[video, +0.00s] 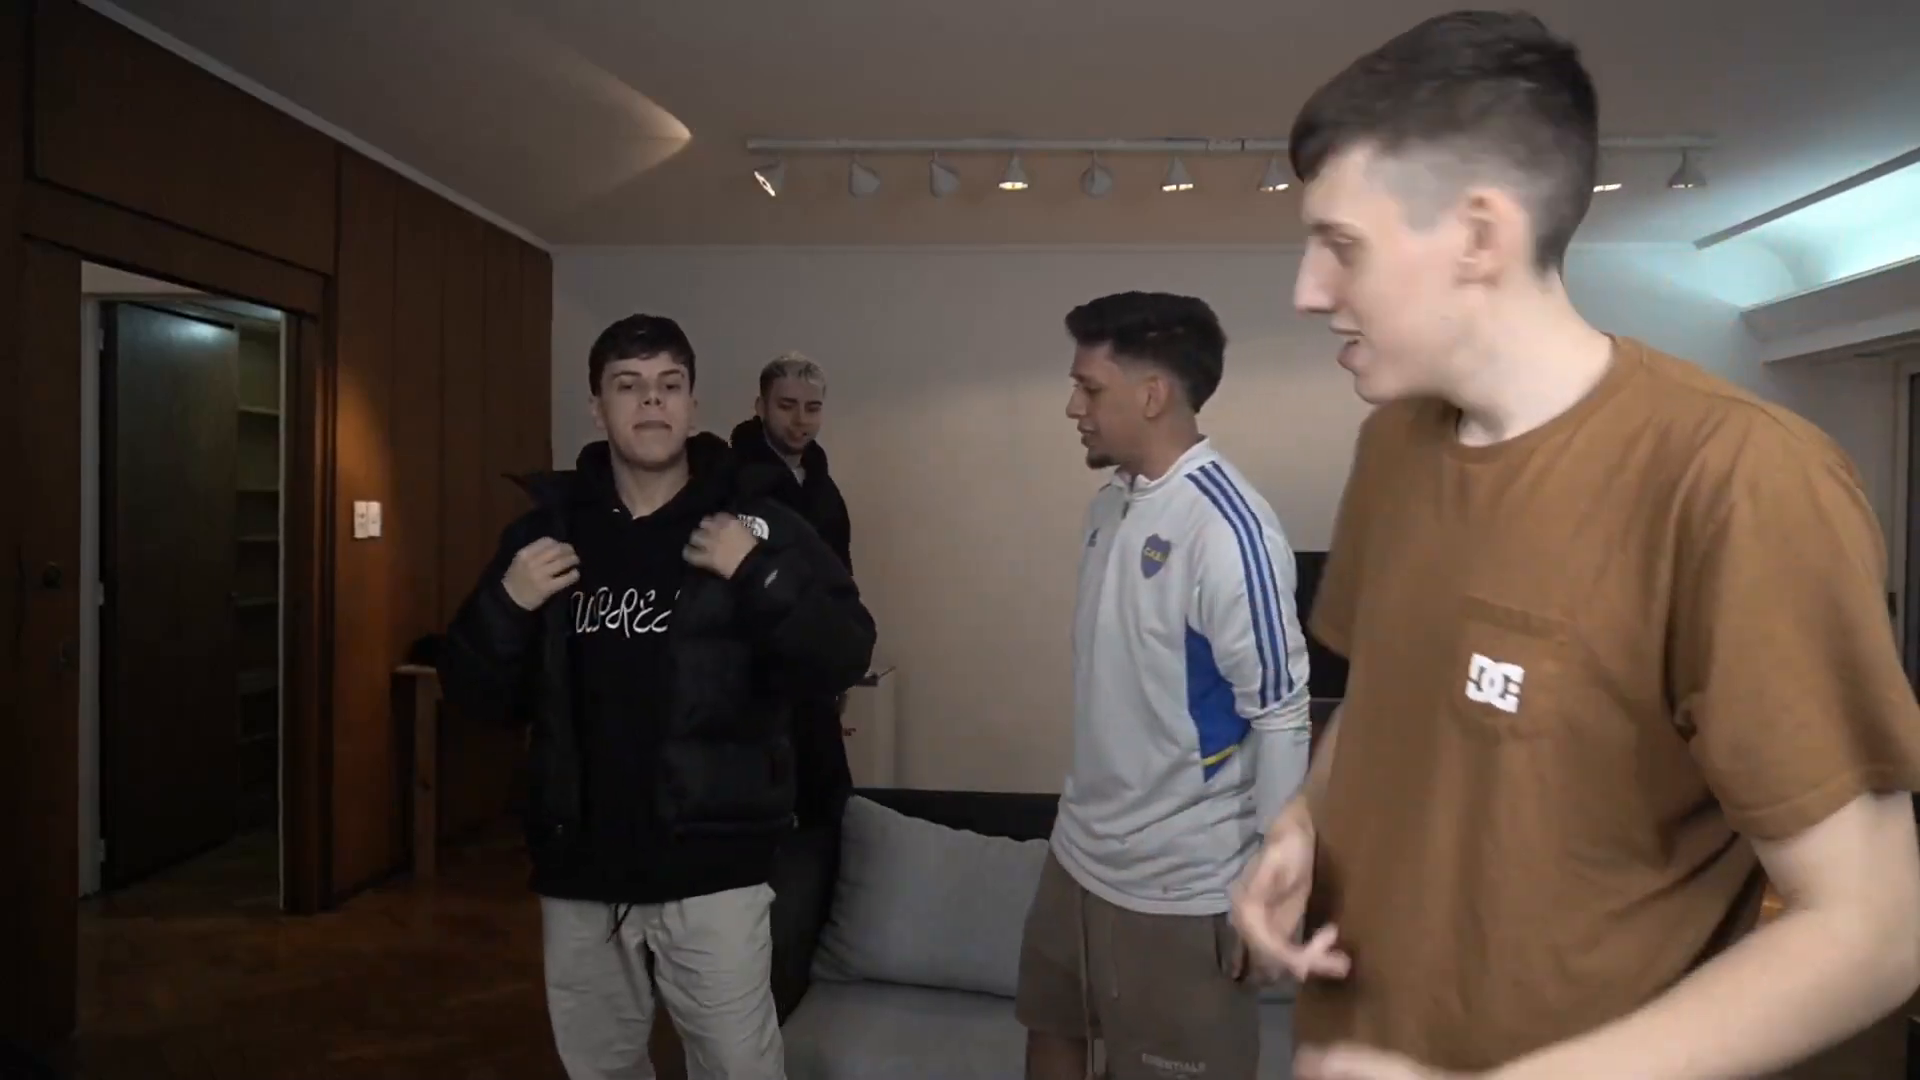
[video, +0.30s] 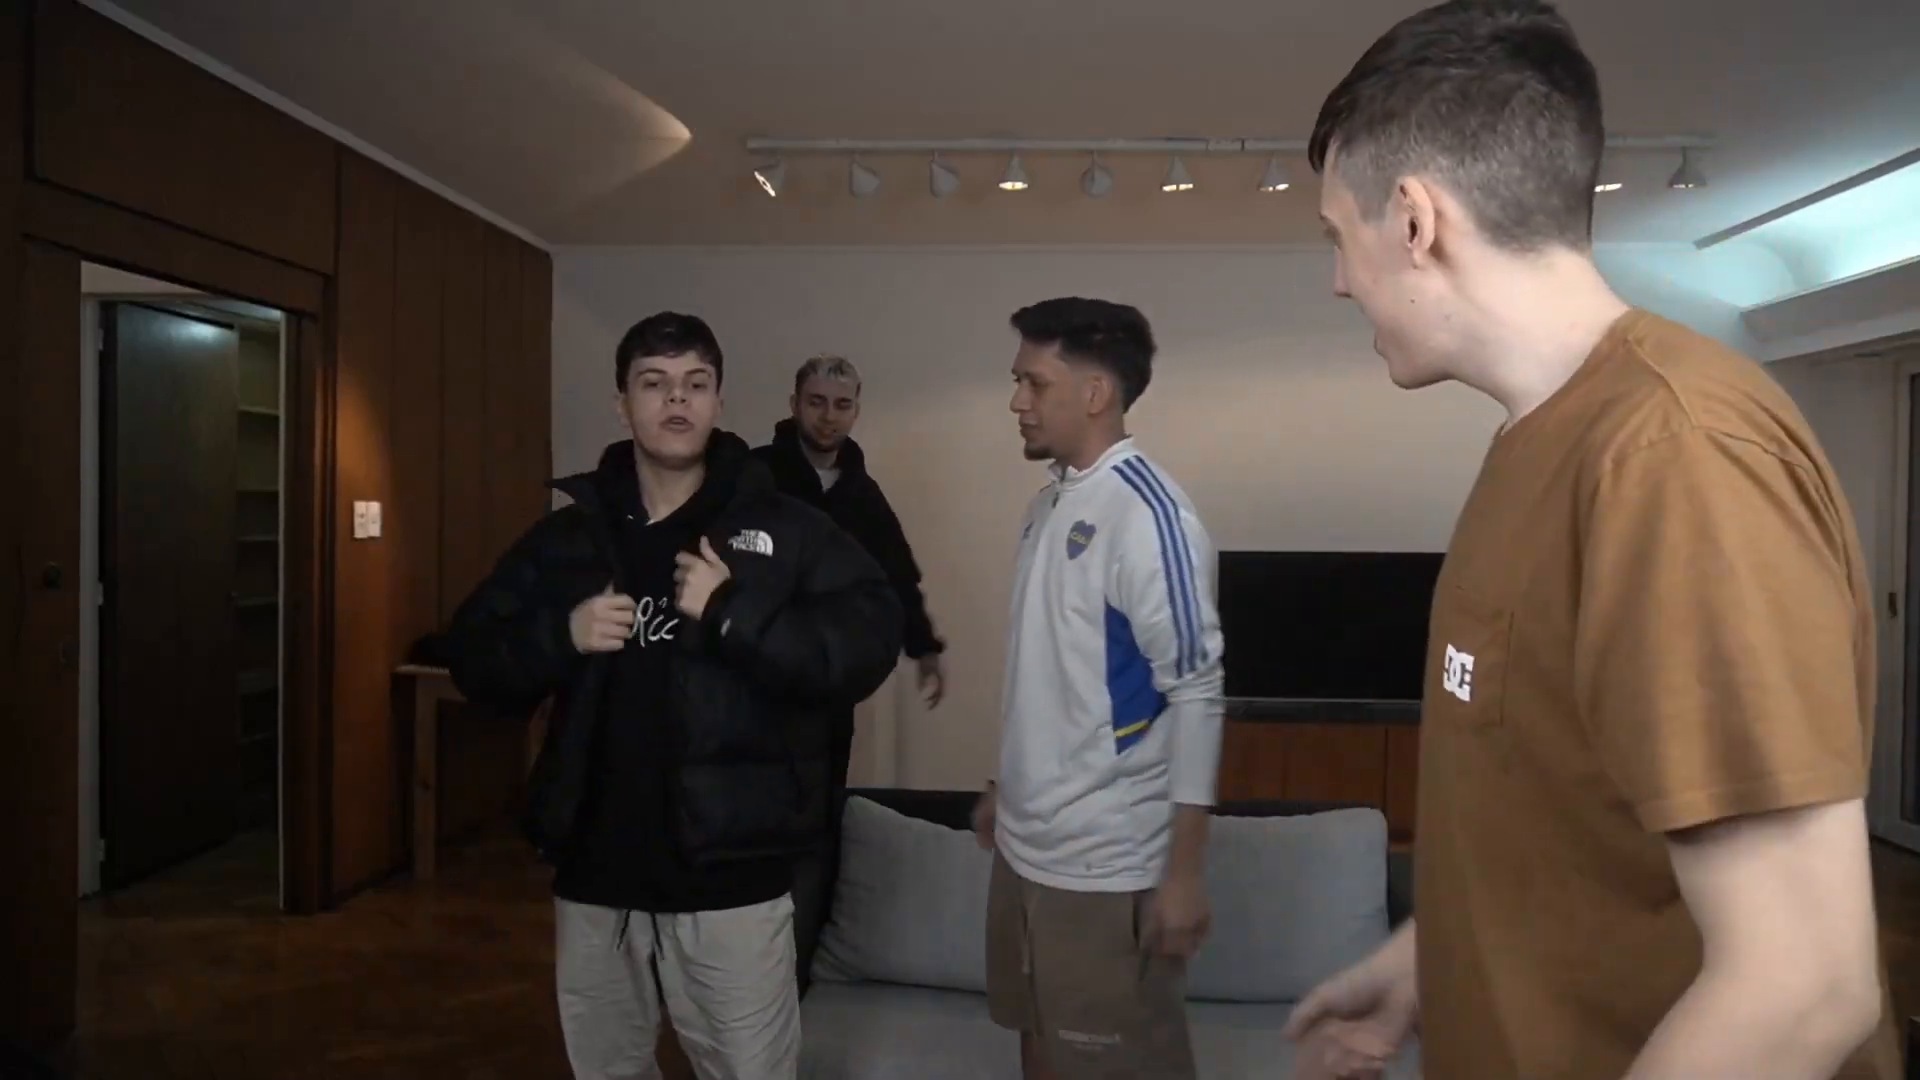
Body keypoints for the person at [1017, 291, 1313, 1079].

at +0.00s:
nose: (1072, 407)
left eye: (1089, 387)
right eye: (1075, 385)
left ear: (1155, 394)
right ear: (1145, 396)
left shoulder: (1234, 531)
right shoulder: (1112, 503)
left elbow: (1283, 717)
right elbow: (1123, 683)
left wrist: (1278, 885)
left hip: (1182, 897)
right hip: (1079, 863)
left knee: (1172, 1069)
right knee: (1054, 1042)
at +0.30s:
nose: (1017, 401)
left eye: (1035, 383)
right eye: (1018, 382)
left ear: (1099, 393)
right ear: (1082, 394)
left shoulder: (1151, 512)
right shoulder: (1053, 501)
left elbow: (1198, 692)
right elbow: (1052, 669)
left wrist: (1186, 867)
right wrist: (1008, 788)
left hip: (1109, 867)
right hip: (1029, 852)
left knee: (1120, 1063)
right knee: (1041, 1047)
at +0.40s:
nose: (1001, 406)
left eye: (1020, 389)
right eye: (1002, 386)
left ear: (1081, 398)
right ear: (1066, 398)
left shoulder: (1125, 507)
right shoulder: (1043, 504)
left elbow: (1160, 687)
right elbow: (1029, 677)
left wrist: (1108, 851)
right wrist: (957, 773)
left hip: (1082, 861)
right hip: (1017, 849)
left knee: (1096, 1065)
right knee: (1036, 1049)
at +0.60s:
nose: (973, 411)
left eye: (991, 393)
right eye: (972, 392)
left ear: (1052, 401)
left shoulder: (1078, 498)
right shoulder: (1029, 499)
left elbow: (1097, 668)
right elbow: (999, 675)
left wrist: (1002, 804)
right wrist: (927, 774)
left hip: (1050, 828)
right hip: (1022, 821)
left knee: (1033, 1052)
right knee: (1065, 1048)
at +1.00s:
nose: (907, 422)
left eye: (920, 407)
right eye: (905, 408)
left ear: (981, 405)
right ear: (971, 409)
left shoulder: (1005, 489)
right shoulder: (999, 485)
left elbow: (1041, 637)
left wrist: (984, 794)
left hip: (980, 813)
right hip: (1031, 811)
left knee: (916, 1016)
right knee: (1043, 1007)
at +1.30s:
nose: (836, 418)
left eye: (848, 401)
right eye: (838, 401)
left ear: (892, 406)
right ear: (899, 410)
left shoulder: (930, 485)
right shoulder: (919, 482)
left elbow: (982, 643)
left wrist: (982, 803)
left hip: (935, 806)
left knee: (871, 1027)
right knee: (987, 997)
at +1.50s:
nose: (781, 412)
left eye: (793, 394)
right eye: (782, 395)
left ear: (838, 399)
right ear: (846, 401)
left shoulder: (880, 480)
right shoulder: (846, 482)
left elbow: (924, 644)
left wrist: (899, 810)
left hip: (894, 808)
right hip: (872, 800)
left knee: (862, 1037)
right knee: (891, 1027)